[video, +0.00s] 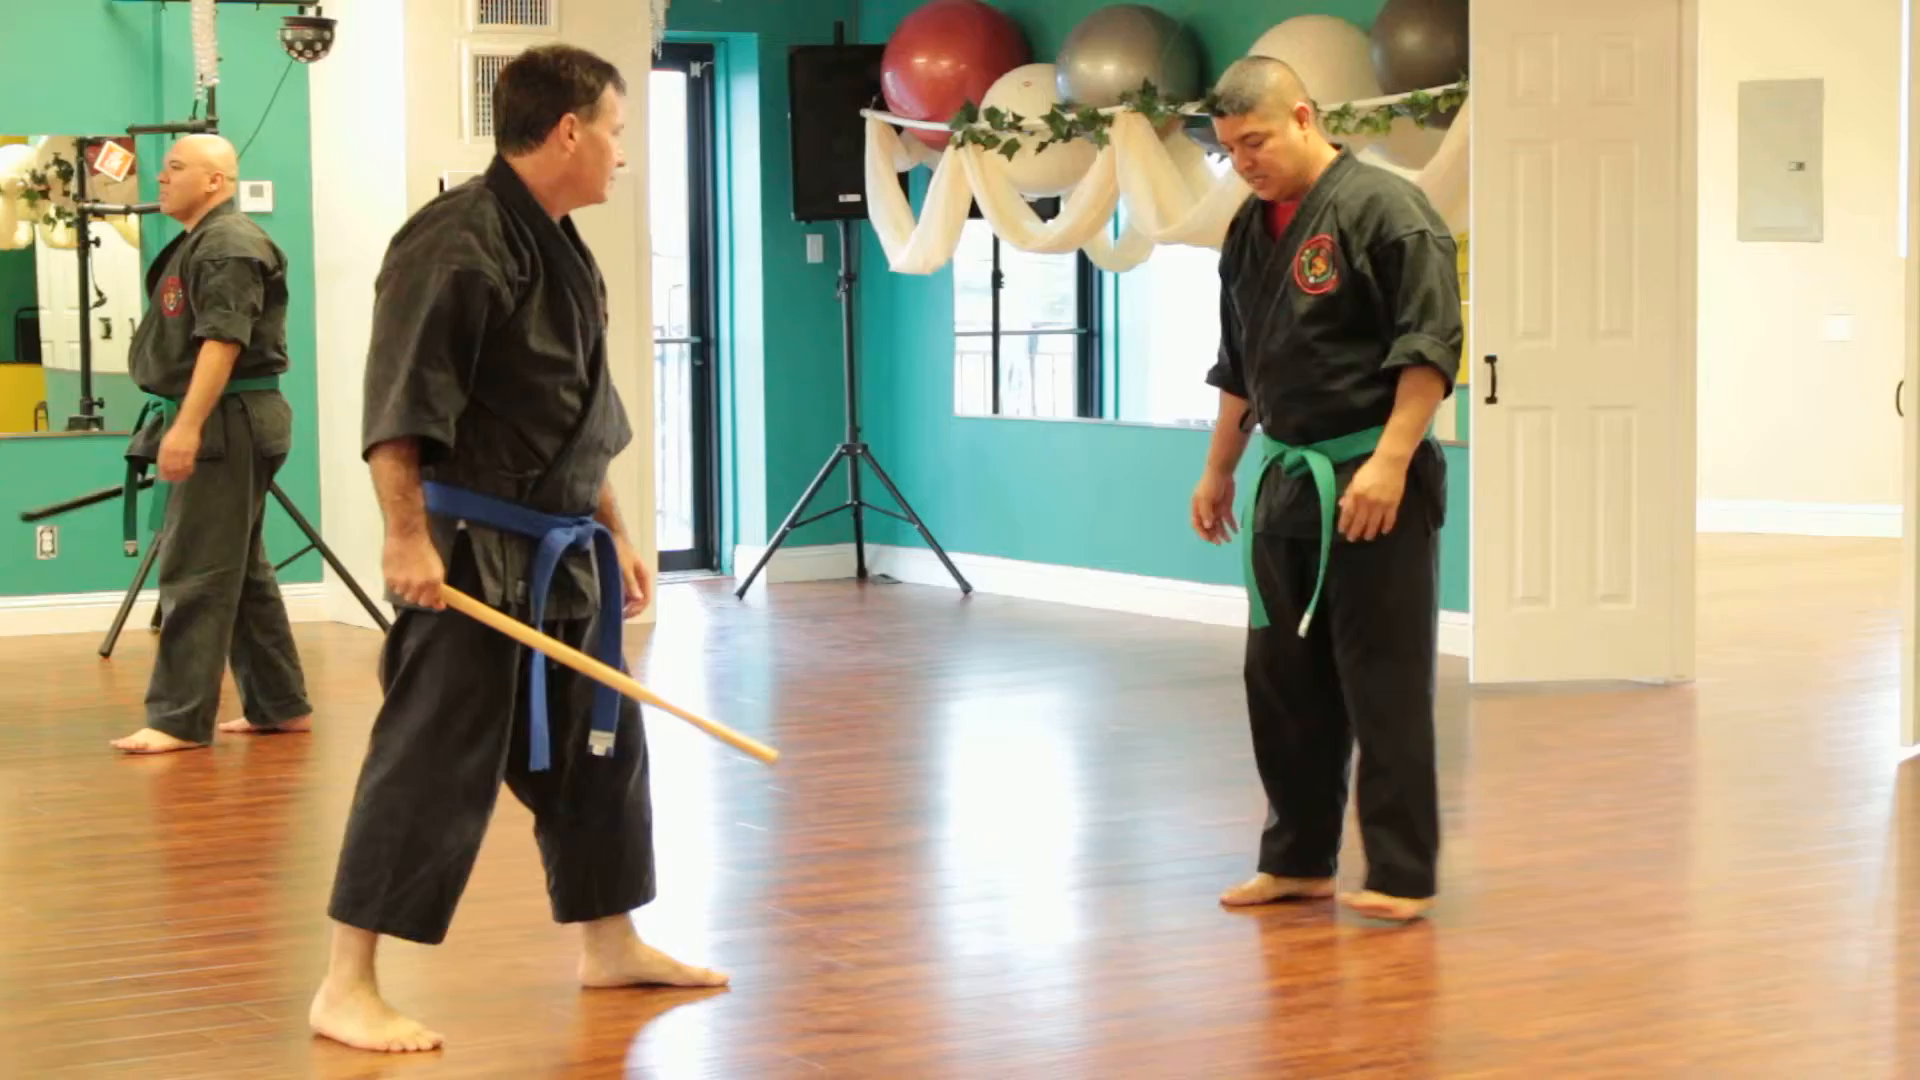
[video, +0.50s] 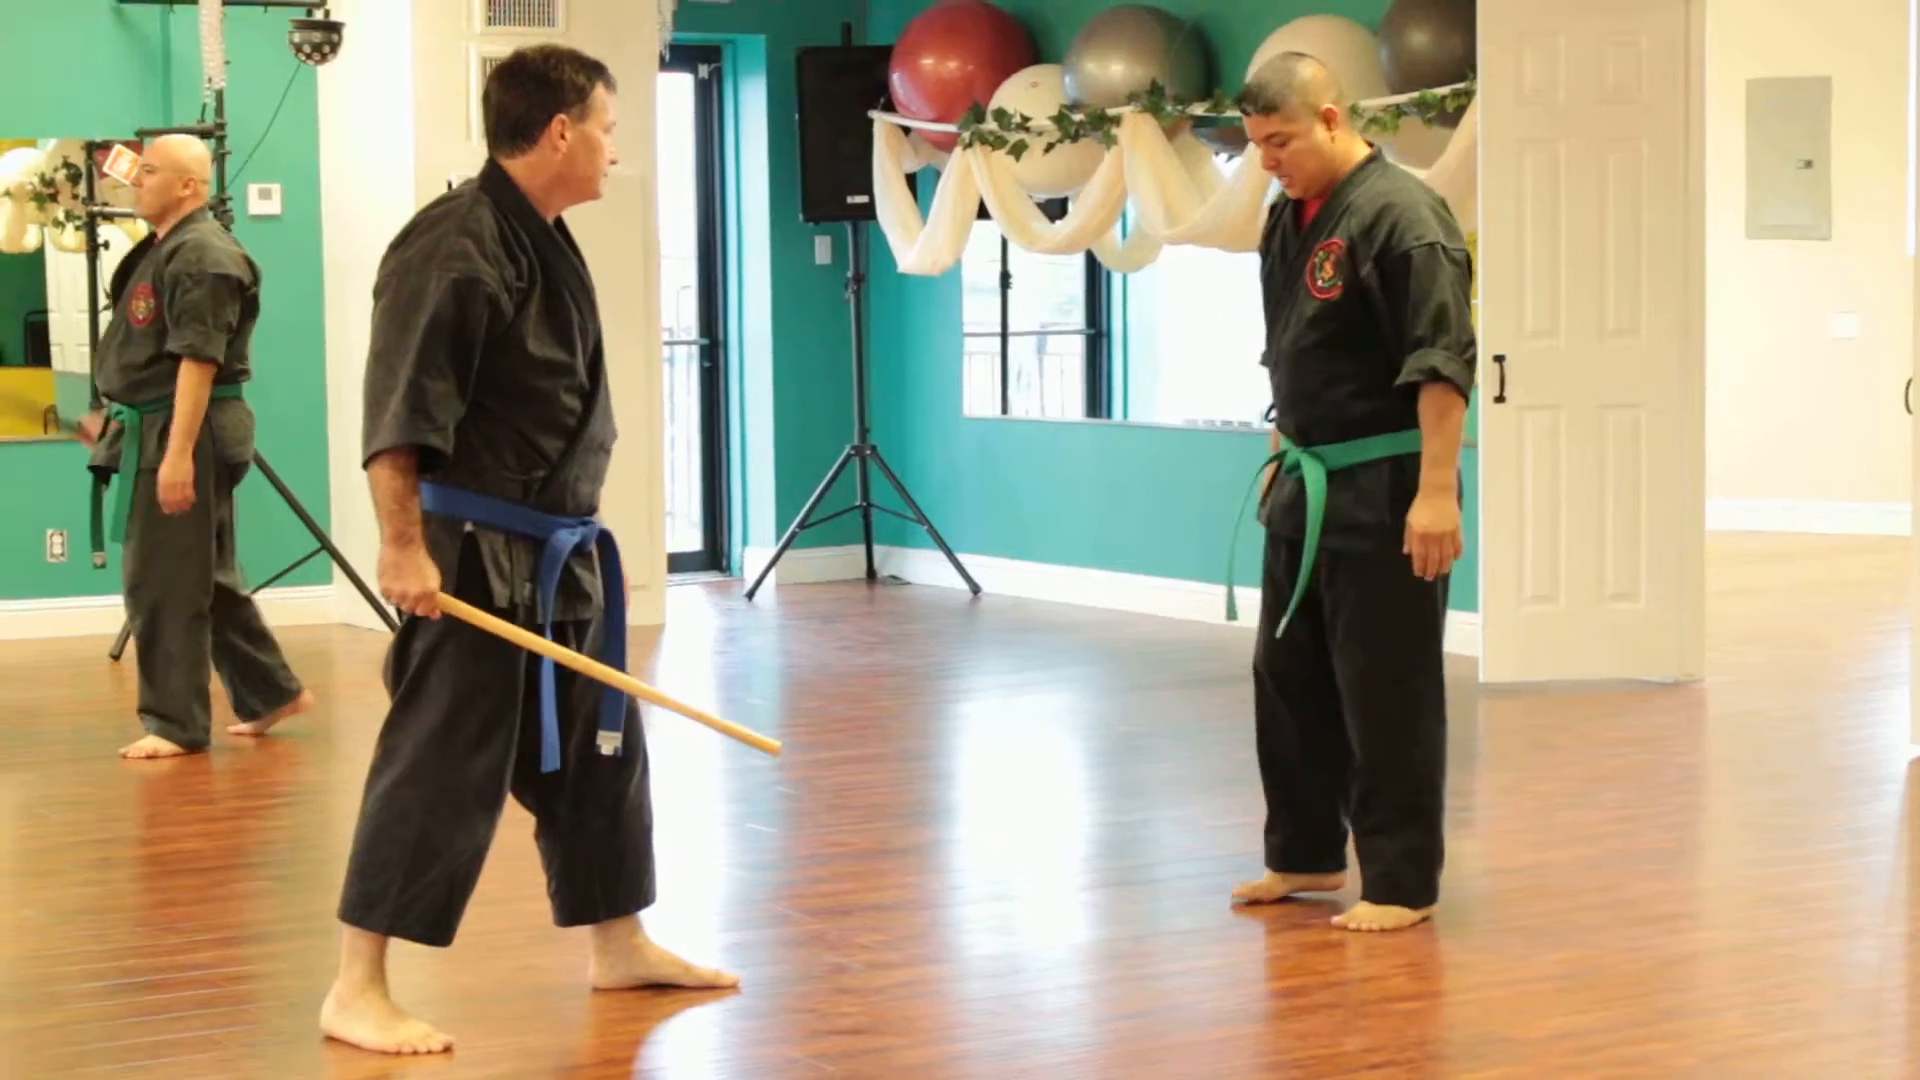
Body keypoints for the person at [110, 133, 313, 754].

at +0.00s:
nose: (162, 179)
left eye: (174, 169)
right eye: (164, 169)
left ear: (215, 181)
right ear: (208, 183)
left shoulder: (228, 245)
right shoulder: (206, 242)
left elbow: (222, 343)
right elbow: (205, 342)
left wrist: (186, 426)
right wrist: (179, 419)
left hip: (230, 418)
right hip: (221, 416)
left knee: (198, 570)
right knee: (237, 566)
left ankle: (181, 720)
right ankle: (279, 703)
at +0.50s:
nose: (134, 181)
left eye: (147, 172)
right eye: (137, 171)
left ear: (184, 185)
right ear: (173, 185)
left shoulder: (203, 254)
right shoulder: (167, 247)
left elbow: (199, 362)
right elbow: (144, 342)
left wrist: (180, 452)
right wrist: (111, 408)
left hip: (190, 428)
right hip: (170, 423)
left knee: (164, 576)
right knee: (200, 570)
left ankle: (178, 725)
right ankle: (271, 690)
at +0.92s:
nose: (81, 173)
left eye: (95, 164)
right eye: (83, 163)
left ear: (141, 181)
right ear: (124, 180)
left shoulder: (158, 250)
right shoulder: (92, 231)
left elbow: (146, 355)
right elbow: (41, 203)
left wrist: (107, 437)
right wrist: (61, 130)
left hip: (156, 427)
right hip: (102, 424)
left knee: (165, 582)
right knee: (80, 578)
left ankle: (193, 725)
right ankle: (36, 716)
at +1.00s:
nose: (65, 178)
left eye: (79, 169)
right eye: (67, 167)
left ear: (124, 182)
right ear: (107, 180)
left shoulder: (148, 257)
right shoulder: (64, 233)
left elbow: (133, 362)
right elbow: (11, 198)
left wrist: (87, 442)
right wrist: (23, 130)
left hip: (139, 426)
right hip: (77, 423)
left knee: (163, 581)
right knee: (61, 581)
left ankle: (192, 727)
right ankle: (12, 721)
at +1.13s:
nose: (41, 182)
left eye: (54, 173)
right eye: (44, 172)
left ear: (95, 185)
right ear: (77, 185)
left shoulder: (127, 257)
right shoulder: (31, 248)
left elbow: (118, 364)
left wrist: (68, 449)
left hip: (117, 437)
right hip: (48, 437)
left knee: (151, 587)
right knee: (31, 594)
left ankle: (191, 727)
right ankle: (11, 730)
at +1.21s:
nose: (24, 182)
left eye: (38, 172)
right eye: (27, 171)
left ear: (82, 185)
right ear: (62, 185)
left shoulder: (119, 260)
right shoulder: (21, 253)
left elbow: (116, 366)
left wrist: (75, 453)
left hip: (111, 437)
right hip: (38, 437)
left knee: (144, 588)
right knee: (28, 590)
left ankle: (192, 725)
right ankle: (17, 730)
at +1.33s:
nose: (6, 183)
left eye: (19, 172)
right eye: (7, 172)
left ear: (62, 185)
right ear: (22, 184)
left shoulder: (107, 254)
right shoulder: (16, 254)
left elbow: (123, 358)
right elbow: (19, 357)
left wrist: (96, 449)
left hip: (108, 433)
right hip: (38, 436)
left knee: (136, 583)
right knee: (28, 589)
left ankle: (189, 721)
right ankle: (23, 726)